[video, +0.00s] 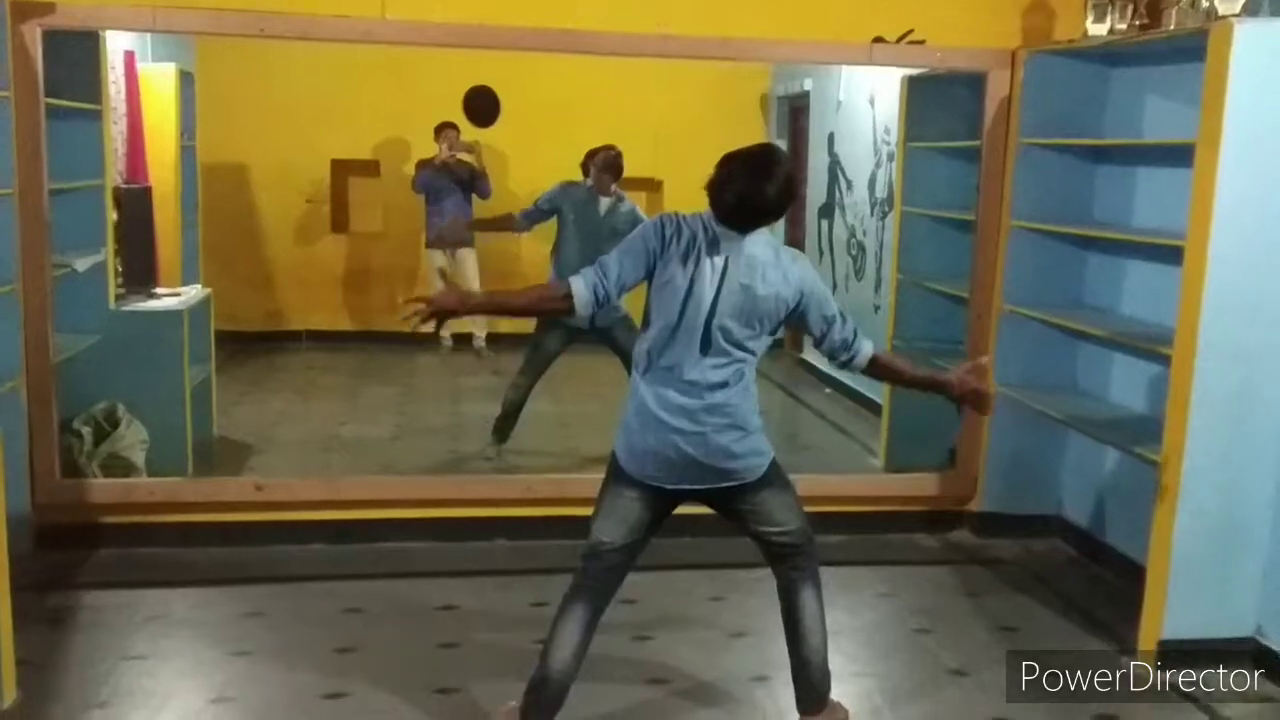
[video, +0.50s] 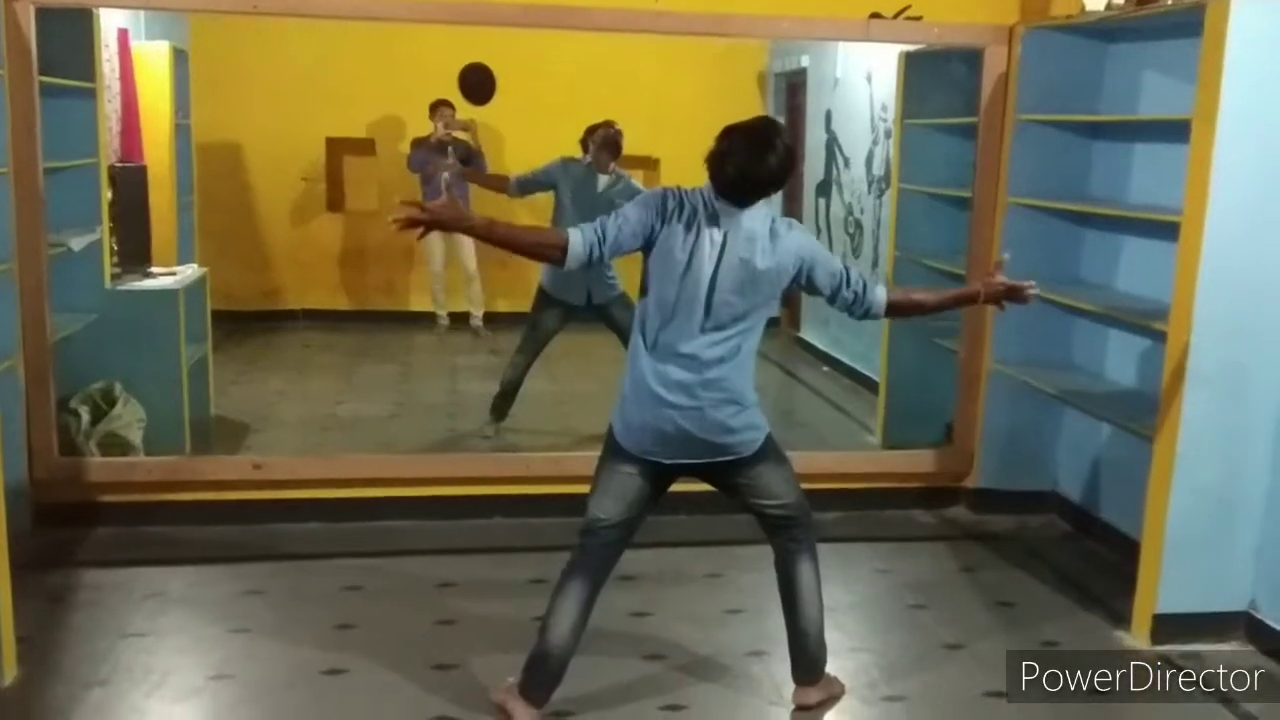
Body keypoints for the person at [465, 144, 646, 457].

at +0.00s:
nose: (608, 174)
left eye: (614, 169)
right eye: (603, 167)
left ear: (619, 174)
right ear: (589, 169)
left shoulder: (630, 214)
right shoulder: (567, 195)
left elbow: (660, 253)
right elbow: (521, 221)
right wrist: (467, 226)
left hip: (610, 311)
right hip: (562, 310)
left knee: (648, 370)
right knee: (528, 375)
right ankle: (497, 440)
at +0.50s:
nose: (614, 136)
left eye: (617, 133)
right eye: (607, 131)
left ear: (621, 147)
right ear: (589, 142)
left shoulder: (631, 190)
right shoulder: (564, 171)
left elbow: (653, 242)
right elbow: (513, 186)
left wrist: (647, 294)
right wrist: (464, 173)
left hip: (606, 289)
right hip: (559, 288)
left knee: (650, 351)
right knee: (522, 359)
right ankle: (495, 420)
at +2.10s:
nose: (588, 130)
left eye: (593, 124)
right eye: (581, 124)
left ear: (601, 128)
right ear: (566, 129)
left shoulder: (616, 169)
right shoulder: (548, 162)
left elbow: (656, 164)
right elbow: (502, 169)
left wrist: (672, 130)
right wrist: (487, 128)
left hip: (602, 281)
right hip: (555, 280)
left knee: (631, 348)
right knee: (521, 349)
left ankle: (644, 416)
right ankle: (494, 412)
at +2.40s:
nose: (588, 130)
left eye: (593, 124)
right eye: (580, 123)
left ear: (599, 128)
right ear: (565, 126)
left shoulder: (611, 170)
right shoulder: (545, 167)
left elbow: (642, 205)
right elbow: (519, 205)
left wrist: (643, 254)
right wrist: (502, 241)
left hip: (597, 270)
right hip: (554, 267)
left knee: (616, 345)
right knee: (527, 337)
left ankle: (629, 409)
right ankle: (498, 406)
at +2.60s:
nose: (603, 135)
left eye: (606, 129)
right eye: (596, 128)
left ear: (608, 132)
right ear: (577, 128)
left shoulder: (606, 166)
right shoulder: (546, 164)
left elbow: (591, 203)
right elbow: (532, 218)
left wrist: (541, 193)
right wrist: (526, 270)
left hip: (591, 269)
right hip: (550, 268)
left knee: (614, 343)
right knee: (527, 339)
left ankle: (619, 412)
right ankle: (499, 408)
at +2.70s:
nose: (598, 134)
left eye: (602, 128)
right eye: (591, 128)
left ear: (603, 131)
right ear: (572, 128)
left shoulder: (602, 166)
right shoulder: (542, 163)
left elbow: (578, 213)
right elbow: (531, 216)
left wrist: (529, 236)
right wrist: (526, 265)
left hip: (587, 269)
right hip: (547, 267)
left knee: (610, 337)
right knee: (524, 337)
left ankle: (613, 411)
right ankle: (496, 409)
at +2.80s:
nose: (579, 134)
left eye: (583, 127)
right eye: (572, 128)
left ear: (589, 129)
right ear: (557, 130)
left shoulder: (598, 166)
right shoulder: (539, 165)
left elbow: (597, 213)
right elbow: (532, 219)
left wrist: (575, 239)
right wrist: (526, 267)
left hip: (586, 272)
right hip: (545, 272)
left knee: (609, 347)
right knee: (517, 343)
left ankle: (623, 412)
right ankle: (493, 409)